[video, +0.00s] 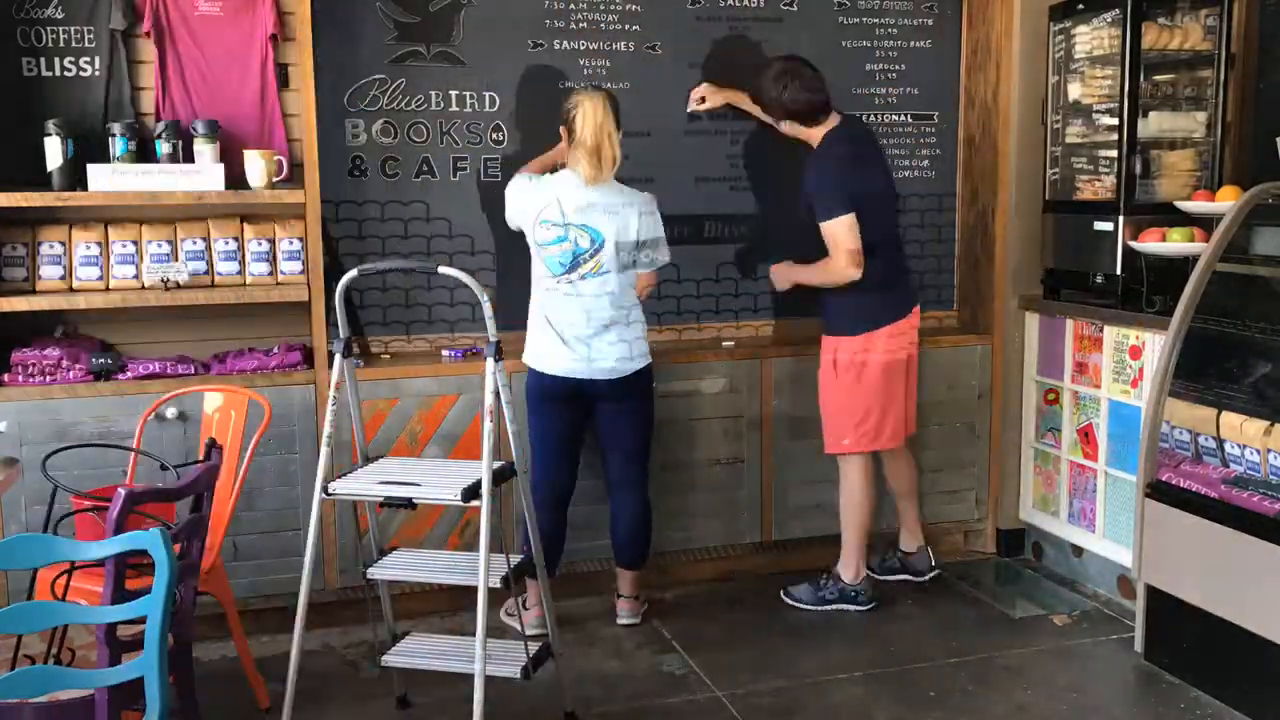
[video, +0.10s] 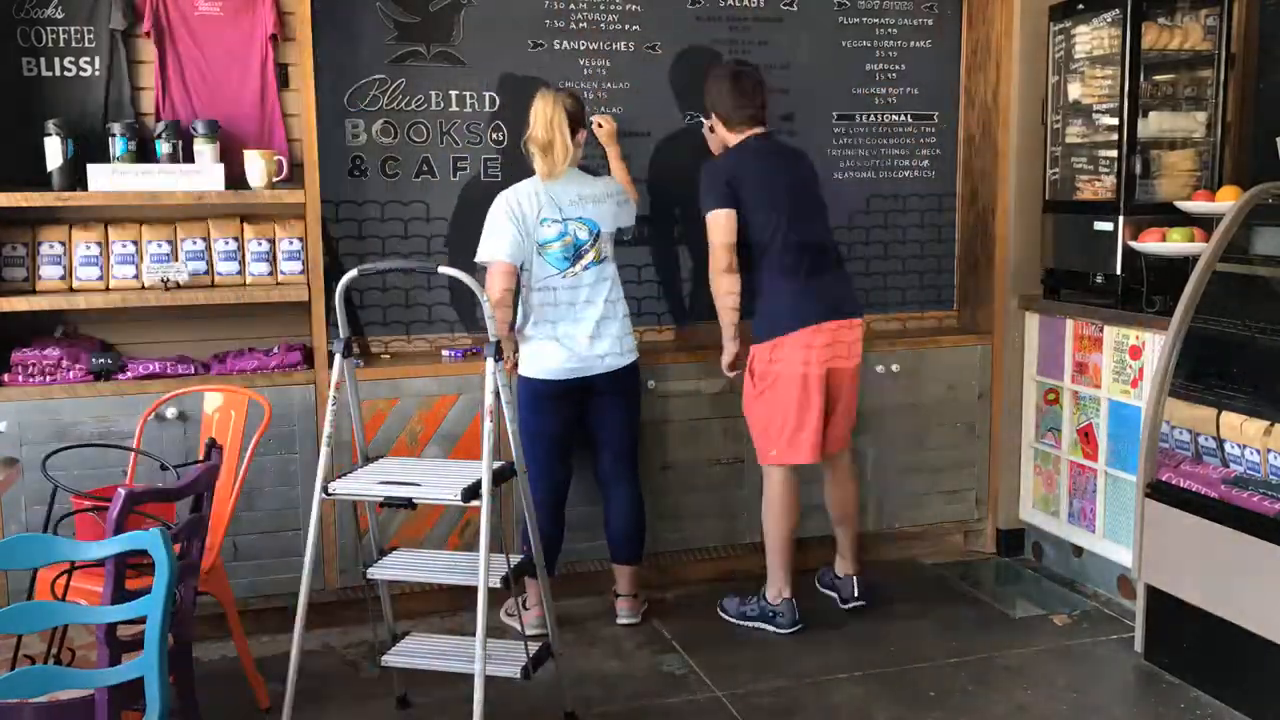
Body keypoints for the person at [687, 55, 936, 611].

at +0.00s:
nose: (772, 122)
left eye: (770, 114)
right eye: (770, 116)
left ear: (787, 117)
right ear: (822, 94)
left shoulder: (824, 167)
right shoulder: (851, 132)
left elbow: (848, 264)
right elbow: (783, 117)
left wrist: (795, 274)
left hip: (859, 325)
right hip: (893, 313)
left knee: (852, 451)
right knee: (892, 440)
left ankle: (850, 578)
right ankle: (914, 550)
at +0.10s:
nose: (709, 124)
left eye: (708, 117)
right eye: (709, 118)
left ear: (713, 119)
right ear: (764, 111)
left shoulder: (721, 170)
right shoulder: (799, 160)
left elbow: (725, 264)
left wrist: (730, 336)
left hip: (785, 334)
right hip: (843, 324)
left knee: (778, 464)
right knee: (838, 452)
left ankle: (778, 598)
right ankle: (847, 574)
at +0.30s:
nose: (796, 121)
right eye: (793, 112)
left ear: (736, 118)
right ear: (791, 119)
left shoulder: (718, 169)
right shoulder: (810, 171)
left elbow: (712, 261)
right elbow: (801, 224)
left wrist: (702, 334)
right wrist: (800, 155)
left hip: (760, 332)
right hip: (827, 327)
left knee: (754, 459)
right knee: (828, 461)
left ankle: (771, 590)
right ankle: (835, 593)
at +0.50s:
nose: (807, 105)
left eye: (814, 93)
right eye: (806, 94)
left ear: (847, 94)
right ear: (852, 96)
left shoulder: (846, 158)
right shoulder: (885, 148)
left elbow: (842, 259)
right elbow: (872, 243)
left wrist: (808, 332)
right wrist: (811, 249)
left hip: (848, 328)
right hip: (888, 324)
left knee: (803, 439)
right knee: (883, 438)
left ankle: (800, 578)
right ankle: (900, 561)